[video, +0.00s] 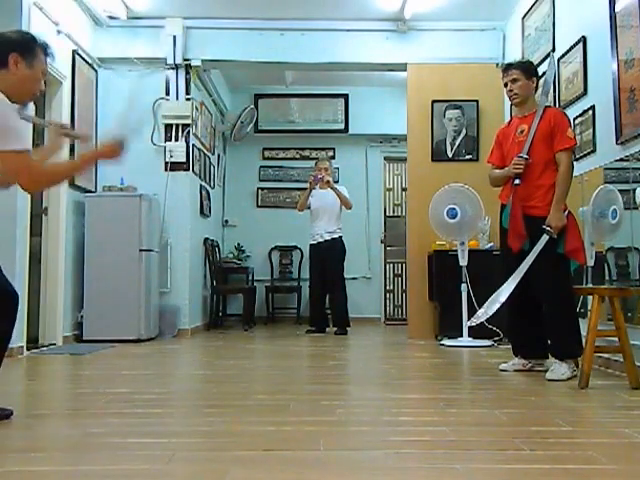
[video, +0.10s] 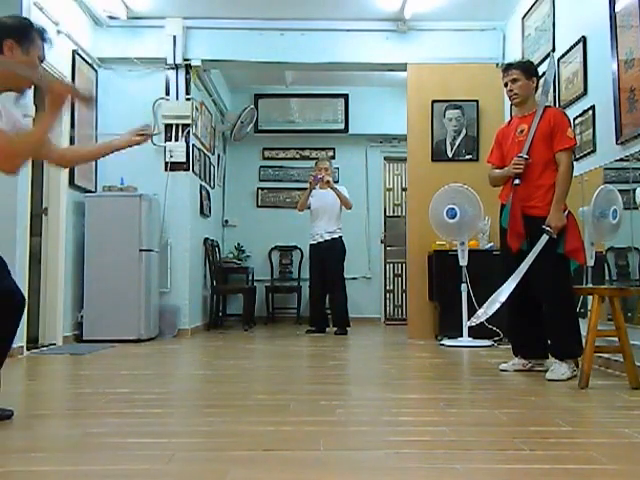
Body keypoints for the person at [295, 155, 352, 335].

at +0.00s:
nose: (322, 173)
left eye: (325, 170)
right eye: (319, 170)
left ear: (330, 172)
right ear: (315, 172)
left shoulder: (339, 189)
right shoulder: (311, 193)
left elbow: (348, 206)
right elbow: (300, 208)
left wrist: (332, 188)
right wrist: (309, 188)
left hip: (334, 241)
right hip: (316, 243)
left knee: (336, 285)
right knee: (316, 286)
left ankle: (341, 325)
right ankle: (318, 324)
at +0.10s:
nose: (322, 173)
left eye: (326, 170)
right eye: (319, 170)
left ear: (330, 172)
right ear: (315, 173)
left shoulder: (339, 189)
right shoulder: (312, 193)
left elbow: (348, 205)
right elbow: (300, 208)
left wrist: (332, 187)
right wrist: (309, 188)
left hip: (334, 241)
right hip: (316, 243)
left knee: (336, 285)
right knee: (316, 286)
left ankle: (341, 325)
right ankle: (318, 324)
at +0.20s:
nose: (323, 173)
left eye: (326, 169)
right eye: (319, 170)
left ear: (331, 171)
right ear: (315, 172)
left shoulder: (339, 190)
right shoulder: (312, 193)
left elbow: (348, 206)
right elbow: (300, 208)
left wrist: (333, 188)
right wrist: (310, 188)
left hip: (334, 241)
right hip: (316, 243)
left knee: (336, 285)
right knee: (316, 286)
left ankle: (341, 325)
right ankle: (318, 324)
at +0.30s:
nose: (323, 173)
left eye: (326, 170)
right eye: (320, 170)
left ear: (331, 171)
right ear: (315, 172)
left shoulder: (339, 189)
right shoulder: (312, 192)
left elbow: (348, 206)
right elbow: (300, 208)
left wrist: (332, 188)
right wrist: (310, 188)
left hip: (334, 241)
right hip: (316, 243)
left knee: (336, 285)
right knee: (316, 286)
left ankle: (341, 325)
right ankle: (318, 324)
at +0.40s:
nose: (323, 173)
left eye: (326, 170)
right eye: (320, 170)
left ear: (331, 171)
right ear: (315, 172)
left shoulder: (339, 190)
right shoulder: (312, 193)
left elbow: (348, 206)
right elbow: (300, 208)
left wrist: (332, 188)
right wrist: (310, 188)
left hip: (334, 241)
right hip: (316, 243)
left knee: (336, 285)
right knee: (316, 286)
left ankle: (341, 325)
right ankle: (318, 324)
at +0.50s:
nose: (323, 173)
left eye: (326, 170)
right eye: (320, 170)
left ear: (331, 171)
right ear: (315, 172)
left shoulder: (339, 190)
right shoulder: (312, 193)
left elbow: (348, 206)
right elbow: (301, 208)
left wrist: (332, 188)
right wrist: (310, 188)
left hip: (334, 241)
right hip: (316, 243)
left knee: (336, 285)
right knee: (316, 286)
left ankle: (341, 325)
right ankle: (318, 324)